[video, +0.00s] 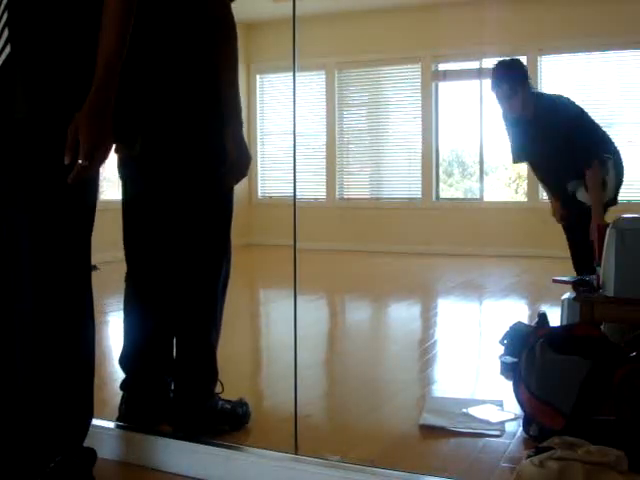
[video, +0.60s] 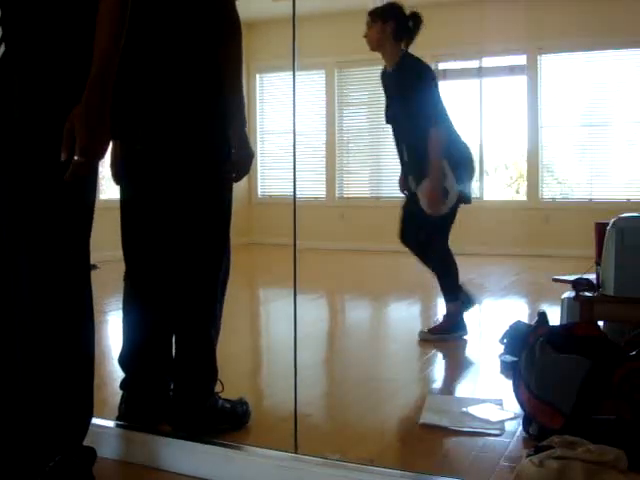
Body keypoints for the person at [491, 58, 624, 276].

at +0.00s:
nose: (506, 106)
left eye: (510, 97)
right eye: (500, 99)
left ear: (525, 88)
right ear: (495, 96)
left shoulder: (559, 108)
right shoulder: (511, 119)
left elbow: (592, 162)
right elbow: (533, 163)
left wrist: (597, 218)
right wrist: (553, 198)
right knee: (573, 227)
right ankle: (585, 284)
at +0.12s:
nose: (479, 75)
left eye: (484, 68)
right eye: (478, 69)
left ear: (503, 66)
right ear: (492, 69)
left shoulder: (542, 94)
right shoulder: (493, 103)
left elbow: (580, 143)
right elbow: (507, 152)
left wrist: (590, 192)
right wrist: (512, 196)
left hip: (570, 172)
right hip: (541, 179)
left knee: (529, 221)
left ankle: (569, 280)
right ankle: (567, 282)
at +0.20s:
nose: (474, 71)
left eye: (480, 63)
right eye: (473, 64)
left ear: (499, 62)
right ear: (487, 66)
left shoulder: (538, 92)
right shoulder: (488, 99)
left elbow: (576, 140)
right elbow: (500, 150)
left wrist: (587, 188)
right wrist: (502, 195)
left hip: (563, 174)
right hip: (536, 181)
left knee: (520, 222)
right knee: (573, 249)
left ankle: (545, 293)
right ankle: (597, 304)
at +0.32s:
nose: (447, 65)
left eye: (452, 58)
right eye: (446, 58)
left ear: (474, 58)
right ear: (460, 61)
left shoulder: (510, 94)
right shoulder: (461, 99)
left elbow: (551, 137)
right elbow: (464, 149)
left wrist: (572, 182)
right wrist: (459, 195)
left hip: (538, 182)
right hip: (511, 187)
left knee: (500, 246)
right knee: (556, 248)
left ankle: (467, 317)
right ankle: (593, 302)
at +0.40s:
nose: (419, 58)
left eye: (424, 51)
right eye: (419, 51)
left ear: (444, 54)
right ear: (437, 55)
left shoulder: (476, 91)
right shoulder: (431, 95)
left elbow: (516, 139)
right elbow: (438, 144)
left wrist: (546, 182)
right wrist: (433, 189)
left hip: (508, 179)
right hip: (481, 183)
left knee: (470, 240)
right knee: (522, 247)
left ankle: (458, 319)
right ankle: (576, 299)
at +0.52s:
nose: (382, 40)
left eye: (387, 33)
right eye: (383, 34)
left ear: (407, 36)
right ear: (402, 38)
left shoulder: (438, 78)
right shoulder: (401, 81)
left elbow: (462, 132)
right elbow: (412, 133)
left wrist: (476, 181)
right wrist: (411, 176)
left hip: (459, 167)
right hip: (433, 170)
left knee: (442, 241)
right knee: (447, 243)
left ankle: (454, 319)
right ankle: (510, 287)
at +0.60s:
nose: (366, 33)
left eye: (371, 26)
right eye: (367, 26)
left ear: (389, 30)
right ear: (385, 31)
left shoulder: (417, 71)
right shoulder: (389, 74)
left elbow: (436, 126)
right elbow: (404, 127)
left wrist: (434, 179)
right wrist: (407, 170)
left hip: (447, 165)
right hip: (422, 167)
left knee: (434, 240)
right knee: (410, 235)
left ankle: (454, 317)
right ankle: (460, 293)